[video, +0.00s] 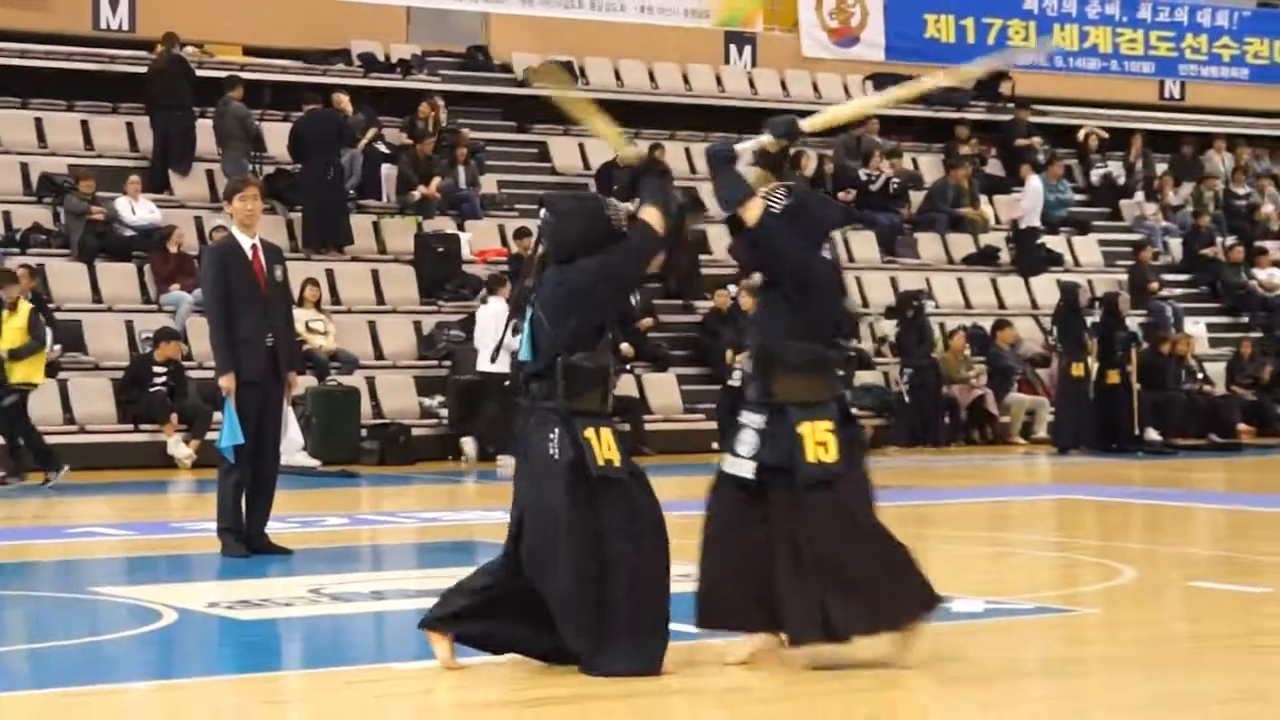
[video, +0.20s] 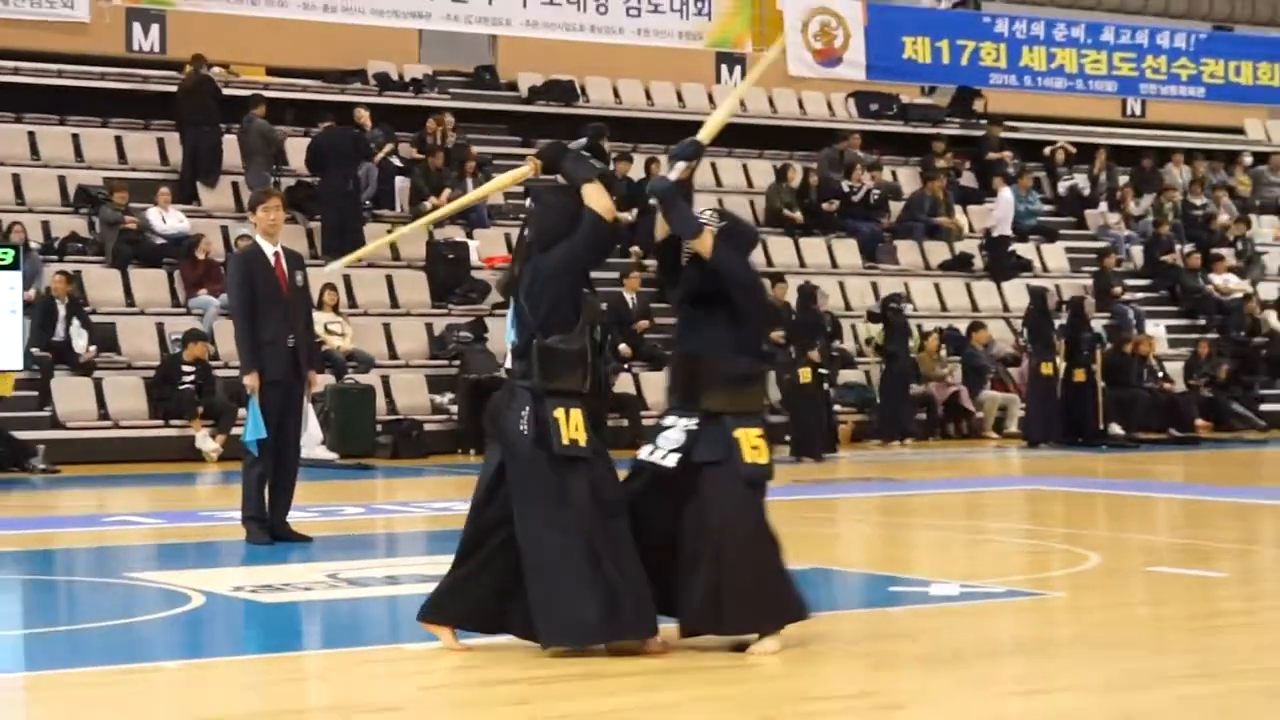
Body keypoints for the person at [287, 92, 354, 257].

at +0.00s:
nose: (303, 110)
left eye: (302, 107)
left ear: (304, 106)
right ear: (321, 103)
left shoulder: (299, 123)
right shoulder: (335, 118)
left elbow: (293, 149)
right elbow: (350, 140)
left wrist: (305, 161)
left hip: (310, 168)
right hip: (332, 167)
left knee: (311, 206)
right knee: (334, 205)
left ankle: (313, 245)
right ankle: (335, 245)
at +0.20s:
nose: (319, 128)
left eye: (319, 125)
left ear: (319, 124)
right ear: (335, 121)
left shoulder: (317, 140)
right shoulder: (351, 134)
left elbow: (311, 165)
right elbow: (368, 154)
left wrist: (325, 173)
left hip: (328, 183)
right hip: (350, 182)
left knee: (330, 220)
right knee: (352, 219)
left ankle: (331, 255)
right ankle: (356, 254)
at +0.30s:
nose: (325, 131)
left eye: (325, 128)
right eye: (325, 128)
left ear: (326, 127)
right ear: (341, 124)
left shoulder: (324, 143)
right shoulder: (358, 137)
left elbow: (318, 169)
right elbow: (374, 157)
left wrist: (332, 171)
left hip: (335, 185)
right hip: (357, 184)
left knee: (335, 222)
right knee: (357, 221)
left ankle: (337, 255)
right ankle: (358, 254)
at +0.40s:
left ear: (344, 123)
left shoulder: (335, 142)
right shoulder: (370, 140)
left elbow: (323, 167)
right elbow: (377, 160)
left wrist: (329, 176)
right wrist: (363, 171)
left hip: (340, 187)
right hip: (363, 186)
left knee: (341, 221)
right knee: (363, 220)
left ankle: (343, 255)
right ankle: (364, 255)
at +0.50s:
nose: (337, 139)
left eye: (337, 136)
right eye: (336, 137)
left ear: (340, 135)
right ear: (353, 132)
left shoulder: (337, 148)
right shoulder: (371, 144)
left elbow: (329, 172)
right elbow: (382, 165)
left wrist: (338, 180)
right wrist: (369, 174)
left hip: (347, 188)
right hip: (368, 187)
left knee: (348, 222)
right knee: (369, 221)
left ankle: (349, 255)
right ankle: (370, 255)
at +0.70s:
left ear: (368, 142)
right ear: (385, 142)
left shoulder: (356, 158)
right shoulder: (390, 156)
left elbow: (347, 183)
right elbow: (398, 175)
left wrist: (356, 190)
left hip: (362, 198)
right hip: (382, 198)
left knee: (363, 230)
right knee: (382, 229)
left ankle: (364, 262)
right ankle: (383, 262)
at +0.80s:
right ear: (388, 143)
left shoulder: (358, 160)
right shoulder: (391, 158)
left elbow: (350, 185)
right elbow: (400, 178)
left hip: (364, 200)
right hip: (383, 200)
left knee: (364, 231)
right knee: (383, 230)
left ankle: (365, 263)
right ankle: (384, 263)